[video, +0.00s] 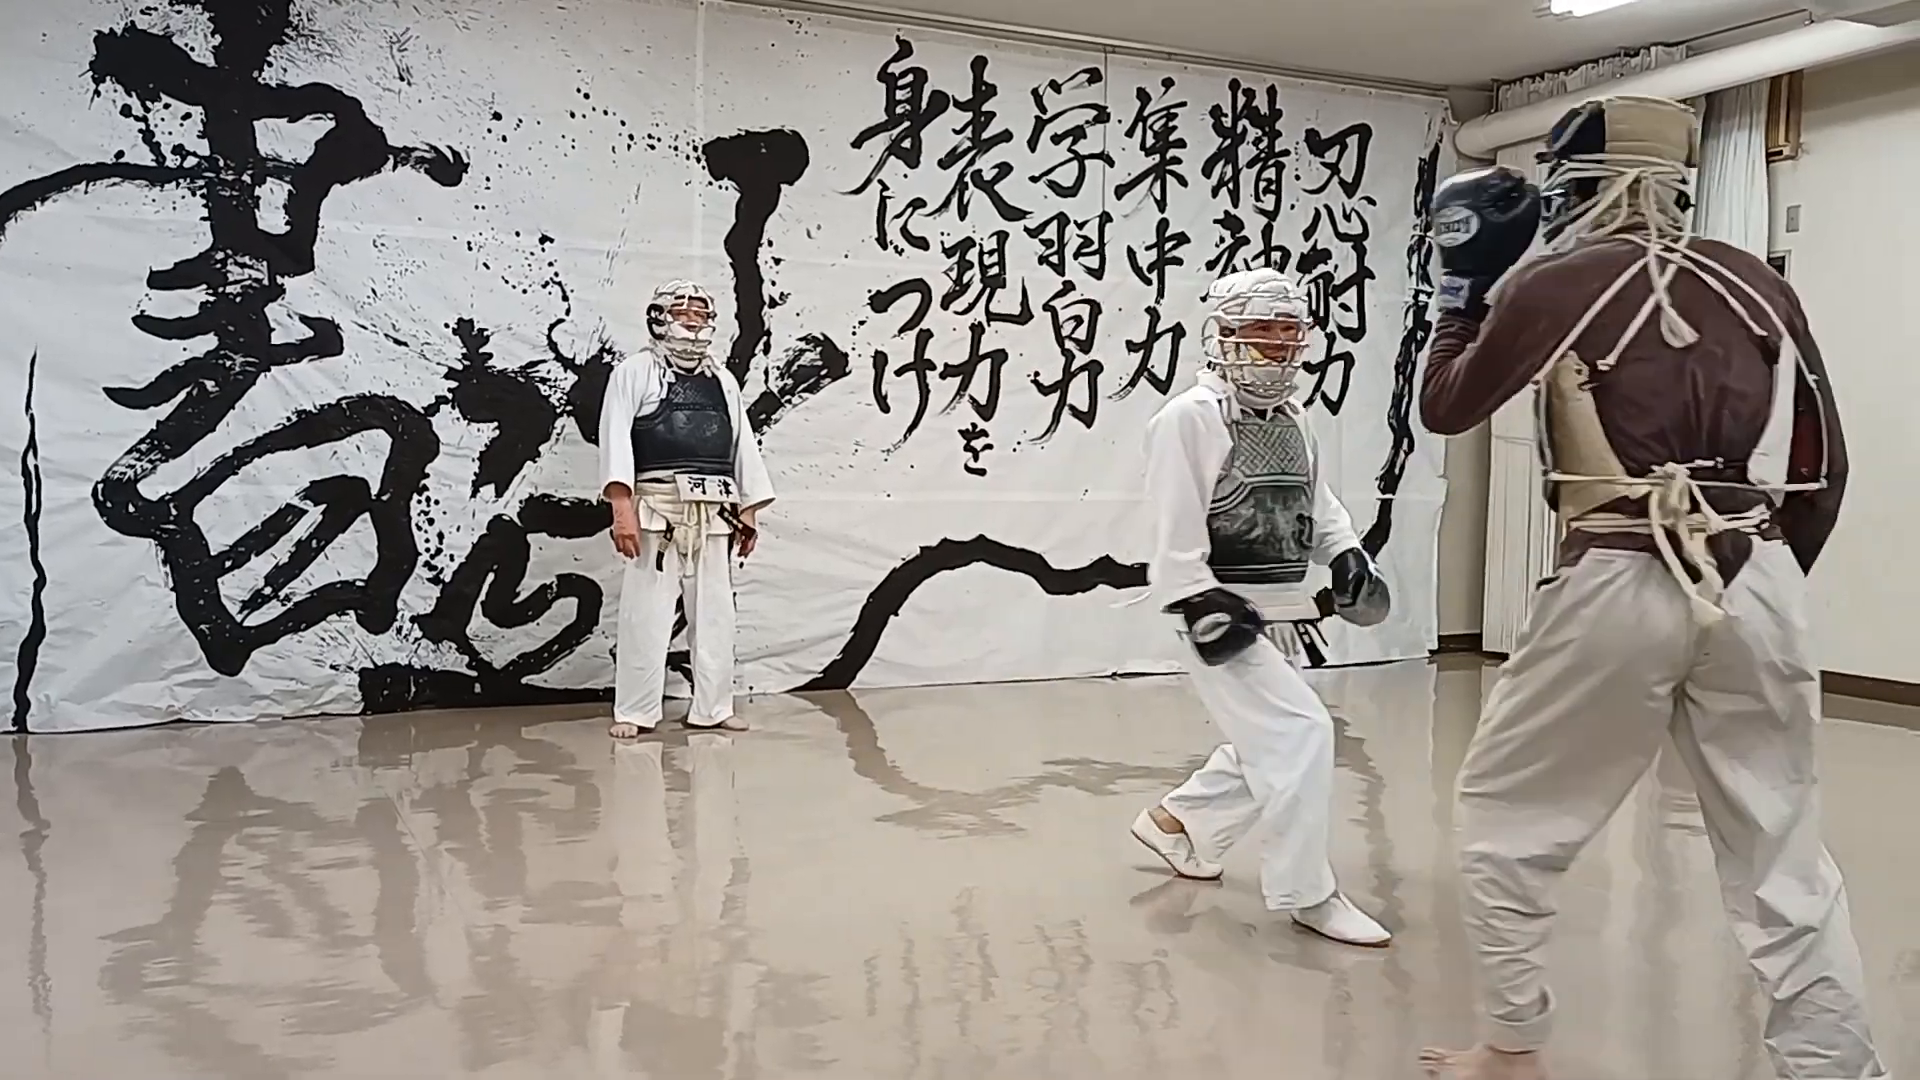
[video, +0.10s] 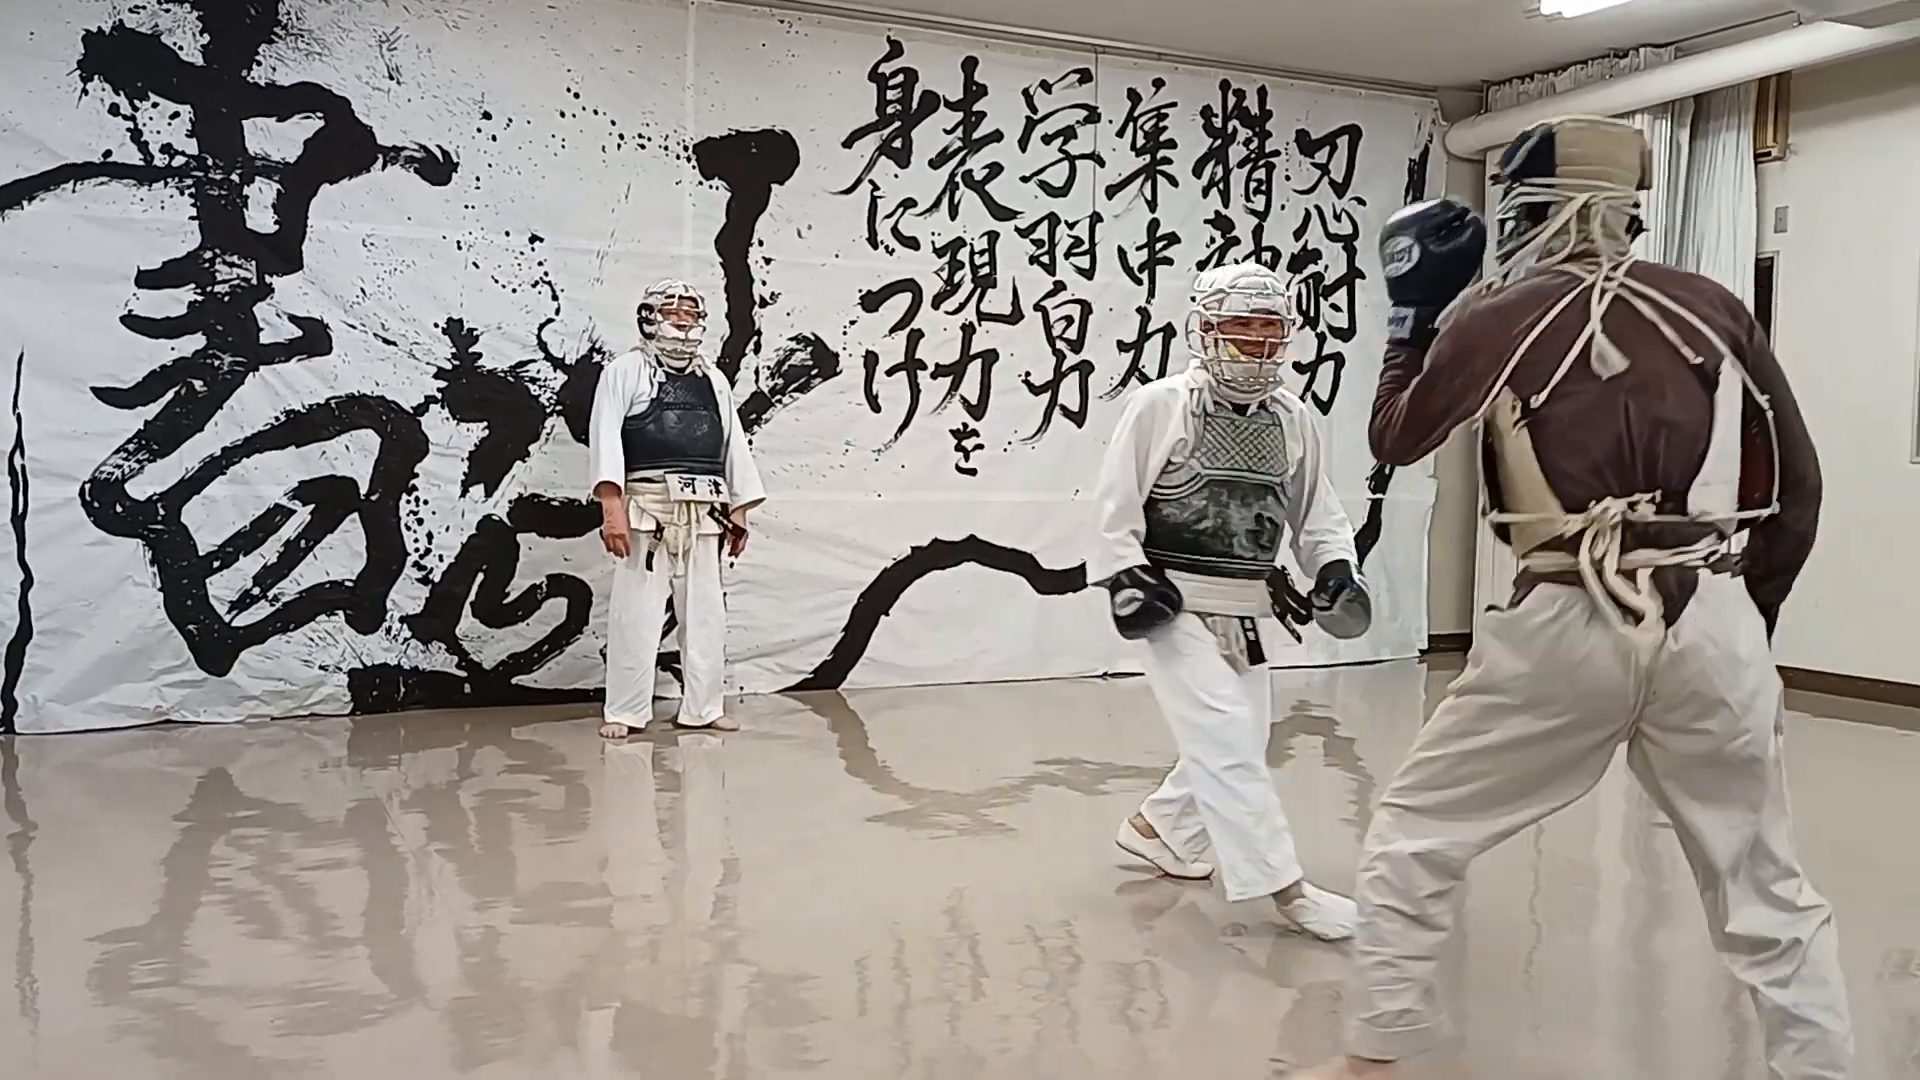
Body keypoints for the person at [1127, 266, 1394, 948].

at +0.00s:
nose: (1274, 349)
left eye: (1286, 335)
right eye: (1259, 335)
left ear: (1301, 342)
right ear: (1224, 340)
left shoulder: (1290, 422)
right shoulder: (1189, 419)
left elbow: (1315, 500)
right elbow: (1174, 527)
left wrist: (1346, 555)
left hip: (1281, 616)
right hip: (1220, 615)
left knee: (1279, 737)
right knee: (1302, 728)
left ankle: (1177, 821)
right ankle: (1307, 892)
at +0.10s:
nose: (1256, 347)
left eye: (1269, 332)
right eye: (1239, 332)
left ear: (1286, 339)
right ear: (1205, 335)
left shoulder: (1297, 423)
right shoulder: (1159, 408)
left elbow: (1319, 516)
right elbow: (1116, 503)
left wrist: (1334, 569)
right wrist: (1125, 573)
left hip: (1245, 612)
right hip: (1172, 605)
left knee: (1243, 735)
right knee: (1227, 732)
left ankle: (1159, 824)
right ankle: (1287, 888)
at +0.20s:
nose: (1235, 332)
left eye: (1248, 318)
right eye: (1219, 316)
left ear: (1262, 328)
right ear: (1185, 320)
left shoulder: (1277, 416)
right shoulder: (1130, 396)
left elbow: (1299, 512)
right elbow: (1081, 494)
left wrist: (1301, 567)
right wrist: (1083, 559)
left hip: (1218, 607)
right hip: (1138, 599)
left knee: (1209, 750)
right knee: (1163, 725)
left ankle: (1139, 829)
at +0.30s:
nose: (1202, 327)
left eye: (1214, 314)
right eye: (1186, 313)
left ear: (1229, 324)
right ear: (1152, 319)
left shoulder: (1243, 407)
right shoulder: (1105, 394)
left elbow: (1266, 508)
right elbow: (1056, 485)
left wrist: (1258, 562)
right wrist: (1059, 550)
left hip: (1193, 601)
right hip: (1107, 594)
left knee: (1190, 735)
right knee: (1089, 726)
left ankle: (1141, 831)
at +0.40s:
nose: (1150, 338)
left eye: (1167, 329)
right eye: (1143, 321)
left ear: (1191, 337)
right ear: (1127, 322)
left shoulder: (1202, 420)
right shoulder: (1080, 402)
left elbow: (1231, 510)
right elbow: (1040, 495)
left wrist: (1205, 581)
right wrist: (1055, 557)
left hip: (1166, 602)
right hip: (1077, 595)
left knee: (1176, 750)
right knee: (1025, 724)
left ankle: (1185, 874)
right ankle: (1012, 873)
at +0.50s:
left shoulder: (1180, 420)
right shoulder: (1058, 419)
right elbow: (1035, 501)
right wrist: (1055, 553)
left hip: (1167, 610)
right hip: (1073, 609)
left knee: (1193, 733)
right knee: (1008, 735)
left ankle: (1214, 851)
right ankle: (1000, 882)